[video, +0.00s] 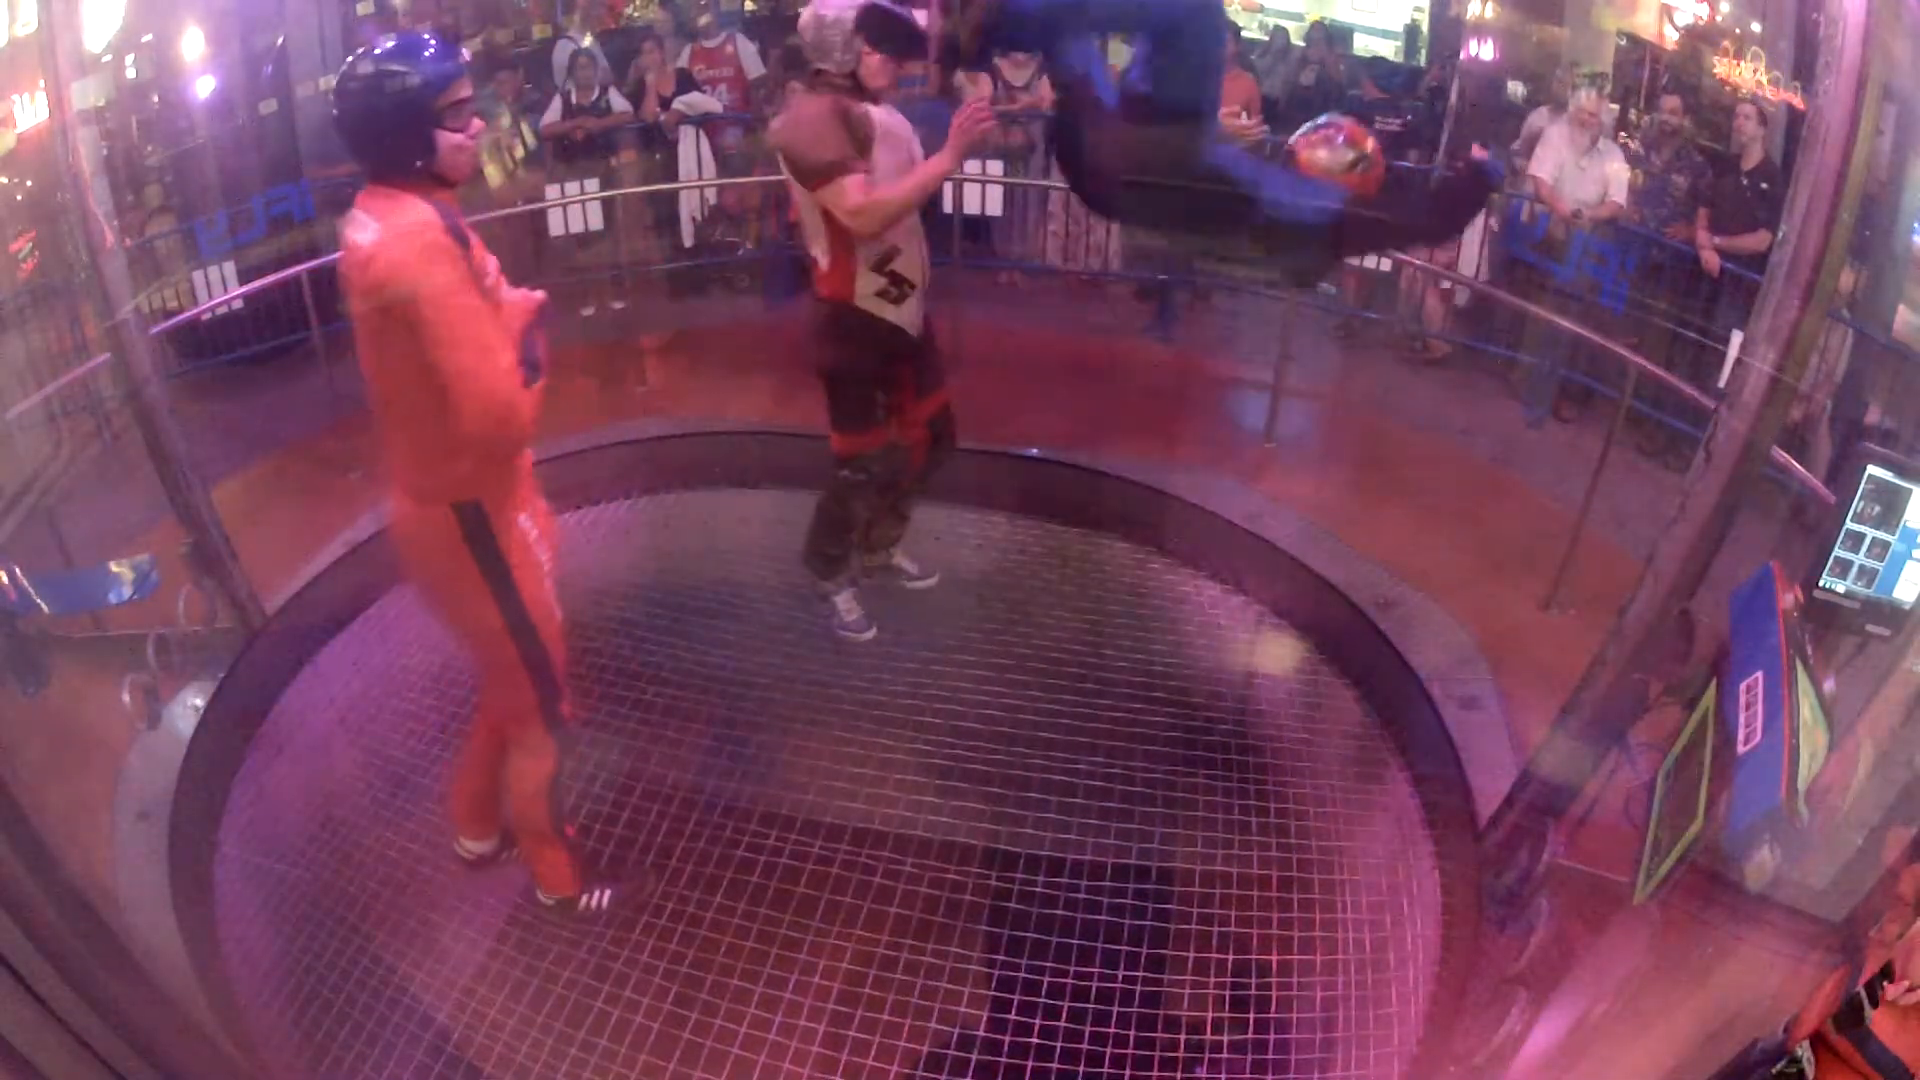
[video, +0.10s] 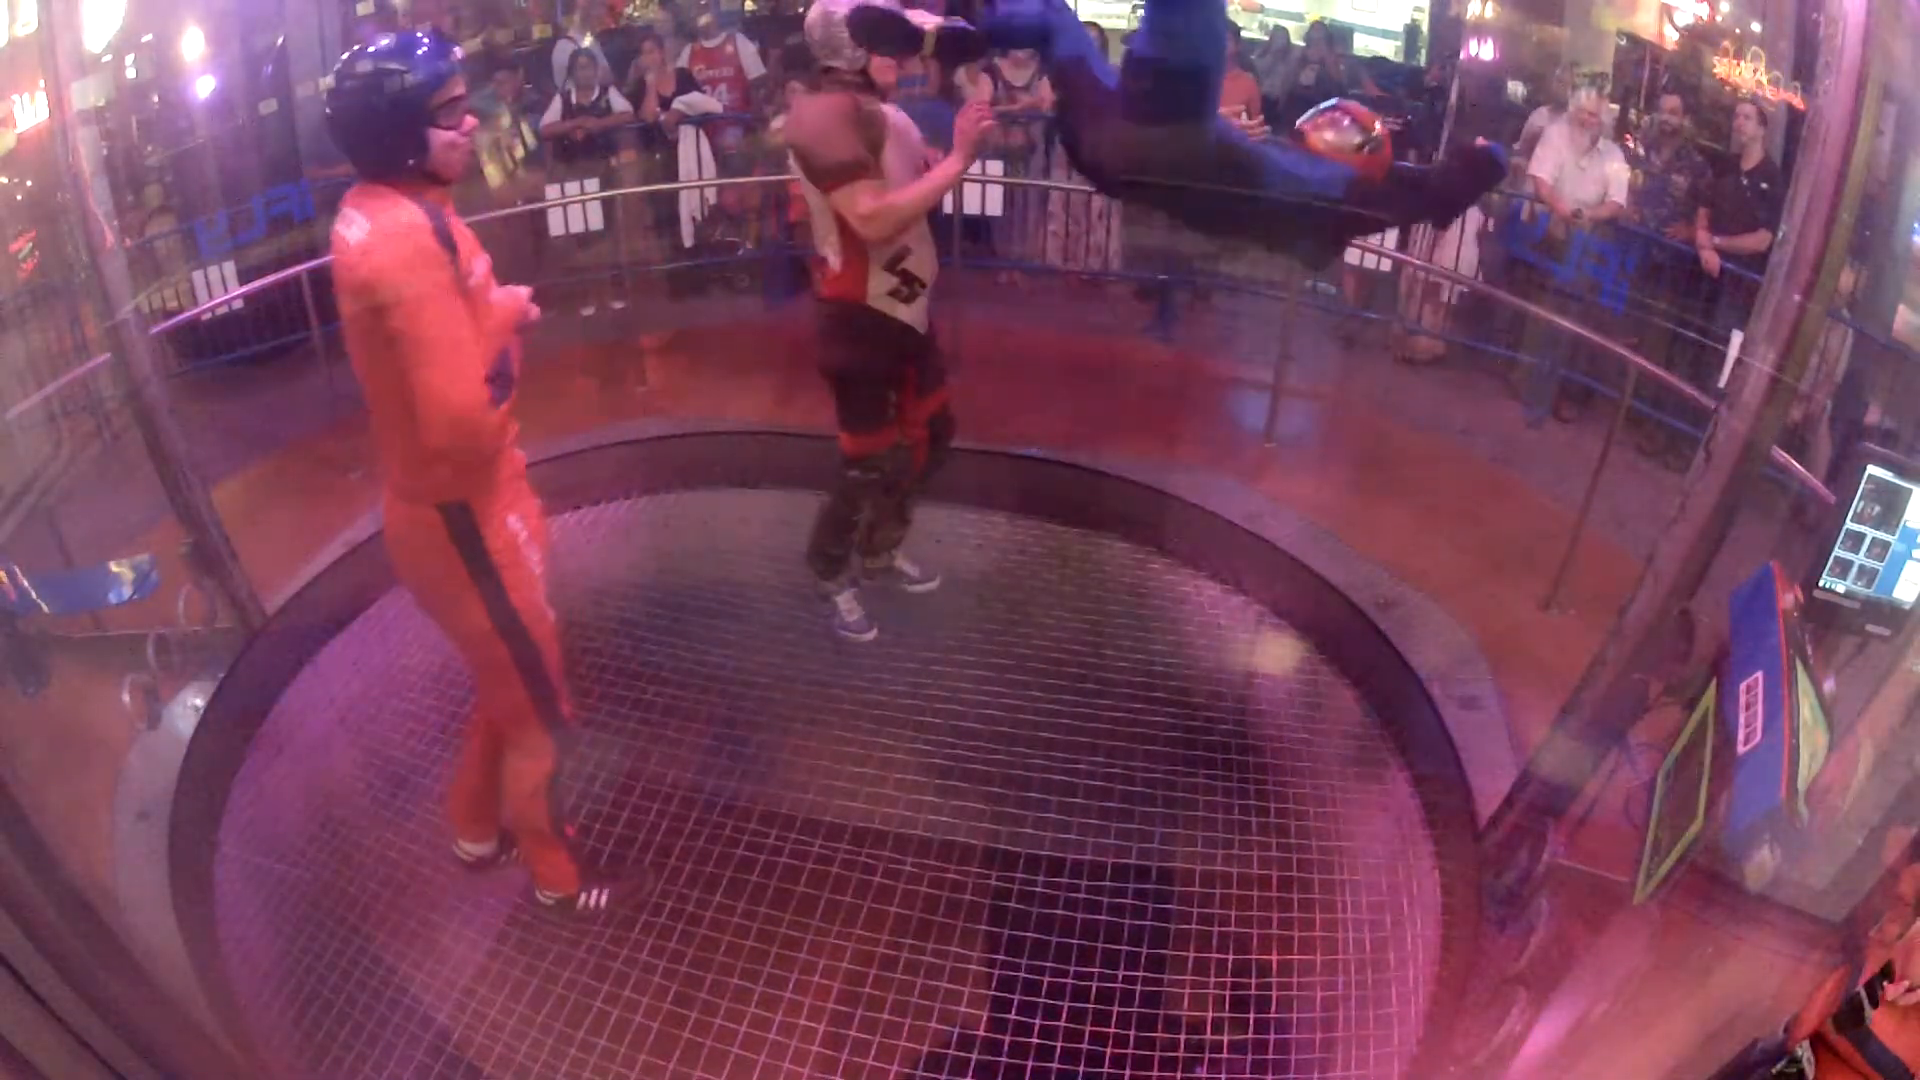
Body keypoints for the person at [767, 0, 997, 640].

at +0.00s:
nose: (897, 73)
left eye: (900, 62)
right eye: (888, 60)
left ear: (880, 60)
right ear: (853, 53)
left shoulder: (880, 115)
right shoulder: (811, 121)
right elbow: (860, 215)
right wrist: (950, 155)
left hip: (903, 314)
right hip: (851, 319)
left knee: (929, 438)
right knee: (865, 459)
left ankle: (879, 547)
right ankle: (830, 574)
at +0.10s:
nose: (901, 69)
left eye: (904, 58)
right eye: (892, 57)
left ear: (885, 58)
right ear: (855, 54)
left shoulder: (879, 111)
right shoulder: (827, 118)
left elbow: (907, 181)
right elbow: (871, 219)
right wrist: (958, 159)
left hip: (906, 311)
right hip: (858, 317)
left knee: (930, 436)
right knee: (871, 460)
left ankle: (879, 549)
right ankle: (831, 575)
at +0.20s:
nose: (904, 72)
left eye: (905, 63)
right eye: (897, 61)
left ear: (851, 49)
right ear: (863, 55)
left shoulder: (886, 114)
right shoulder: (830, 118)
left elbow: (931, 161)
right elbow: (879, 220)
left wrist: (969, 134)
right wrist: (961, 157)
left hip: (908, 313)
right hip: (864, 317)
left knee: (928, 431)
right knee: (877, 458)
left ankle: (880, 547)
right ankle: (832, 575)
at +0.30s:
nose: (911, 58)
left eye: (909, 47)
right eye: (901, 46)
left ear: (854, 50)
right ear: (870, 51)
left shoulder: (893, 112)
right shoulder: (834, 114)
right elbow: (884, 216)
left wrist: (966, 127)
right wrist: (959, 147)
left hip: (914, 310)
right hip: (869, 314)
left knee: (924, 431)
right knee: (880, 454)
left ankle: (879, 550)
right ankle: (831, 573)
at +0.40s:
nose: (907, 48)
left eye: (910, 40)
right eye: (895, 39)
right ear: (866, 50)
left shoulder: (900, 112)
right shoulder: (834, 115)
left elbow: (947, 147)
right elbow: (873, 212)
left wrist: (959, 113)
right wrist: (944, 153)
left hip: (917, 310)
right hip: (871, 314)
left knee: (923, 433)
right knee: (882, 457)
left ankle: (879, 548)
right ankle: (834, 572)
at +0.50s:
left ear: (873, 116)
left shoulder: (902, 129)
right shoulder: (838, 159)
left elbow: (960, 168)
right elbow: (874, 215)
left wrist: (950, 133)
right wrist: (937, 152)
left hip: (918, 317)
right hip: (870, 319)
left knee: (922, 435)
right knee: (884, 458)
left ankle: (881, 549)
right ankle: (836, 569)